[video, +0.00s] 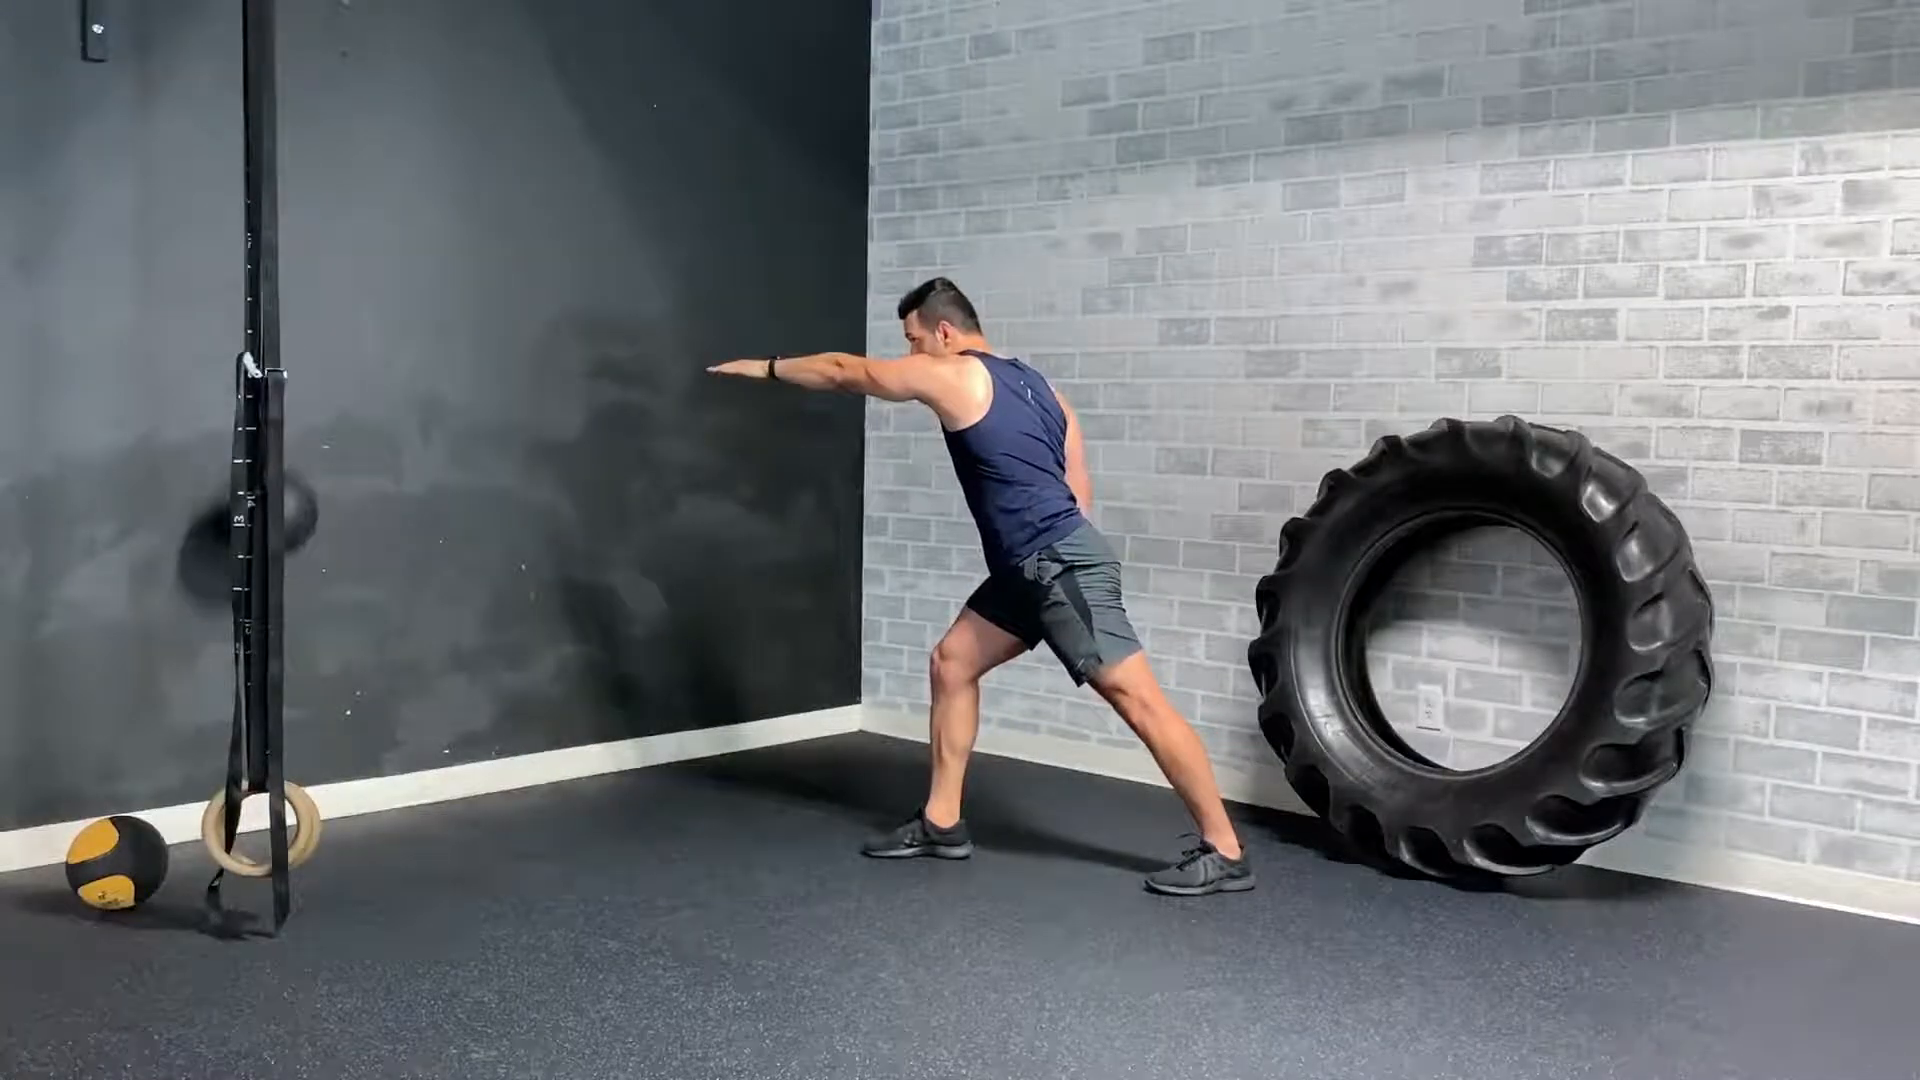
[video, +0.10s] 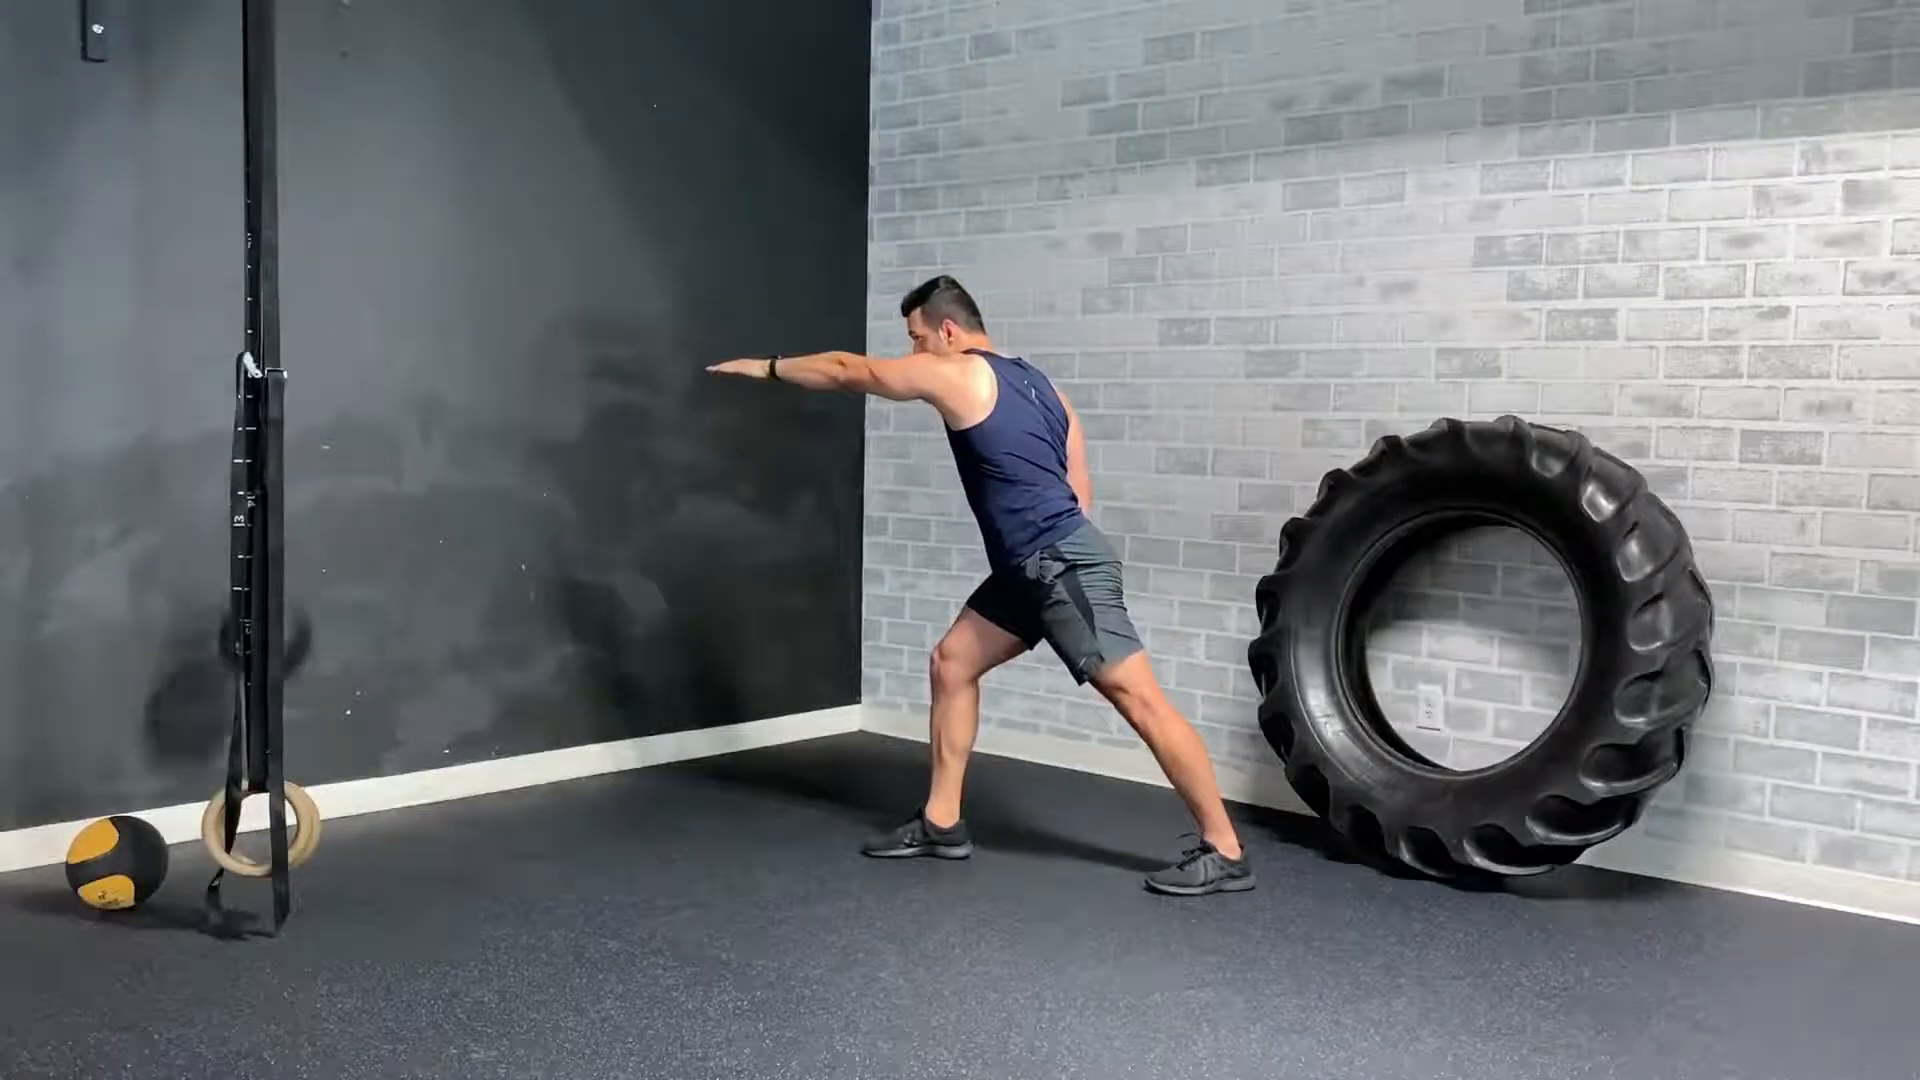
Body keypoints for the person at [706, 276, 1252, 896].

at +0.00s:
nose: (910, 354)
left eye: (913, 342)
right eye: (909, 344)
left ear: (943, 330)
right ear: (965, 328)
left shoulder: (948, 372)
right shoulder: (1039, 387)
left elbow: (848, 373)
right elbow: (1076, 490)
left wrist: (766, 367)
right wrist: (1066, 555)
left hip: (1060, 562)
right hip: (1035, 571)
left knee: (1144, 705)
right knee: (952, 662)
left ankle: (1225, 850)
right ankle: (942, 824)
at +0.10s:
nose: (913, 352)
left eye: (916, 339)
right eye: (911, 341)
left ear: (946, 328)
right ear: (968, 328)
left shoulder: (951, 370)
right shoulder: (1040, 386)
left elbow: (847, 371)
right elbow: (1076, 490)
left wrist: (766, 366)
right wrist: (1063, 552)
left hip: (1061, 561)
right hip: (1036, 570)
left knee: (1143, 703)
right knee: (953, 662)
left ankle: (1225, 849)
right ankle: (941, 824)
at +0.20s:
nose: (915, 352)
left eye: (918, 339)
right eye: (914, 341)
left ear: (948, 327)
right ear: (971, 327)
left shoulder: (953, 370)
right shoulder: (1042, 386)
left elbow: (850, 371)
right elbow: (1077, 490)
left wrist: (767, 366)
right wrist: (1063, 551)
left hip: (1062, 561)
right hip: (1036, 569)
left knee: (1144, 705)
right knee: (953, 662)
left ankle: (1225, 850)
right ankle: (942, 824)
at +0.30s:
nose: (919, 351)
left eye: (921, 338)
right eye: (917, 340)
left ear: (951, 327)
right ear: (973, 326)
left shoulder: (958, 370)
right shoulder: (1042, 385)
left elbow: (855, 371)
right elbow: (1076, 490)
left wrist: (771, 366)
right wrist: (1065, 550)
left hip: (1062, 561)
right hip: (1036, 569)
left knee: (1143, 703)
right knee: (953, 662)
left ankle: (1226, 850)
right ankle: (942, 822)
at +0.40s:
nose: (921, 350)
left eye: (923, 337)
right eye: (920, 339)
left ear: (954, 327)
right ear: (974, 325)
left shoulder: (962, 370)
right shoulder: (1046, 386)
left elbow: (858, 372)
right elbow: (1076, 491)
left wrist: (773, 370)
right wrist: (1065, 551)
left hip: (1063, 561)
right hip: (1036, 569)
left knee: (1140, 701)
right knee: (953, 661)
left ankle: (1225, 850)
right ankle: (943, 822)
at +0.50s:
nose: (924, 349)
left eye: (926, 335)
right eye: (922, 337)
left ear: (957, 325)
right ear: (977, 324)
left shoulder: (966, 371)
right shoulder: (1047, 384)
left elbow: (860, 376)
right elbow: (1076, 489)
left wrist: (774, 380)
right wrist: (1066, 550)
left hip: (1064, 560)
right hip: (1039, 568)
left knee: (1140, 701)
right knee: (953, 662)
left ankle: (1226, 850)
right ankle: (942, 822)